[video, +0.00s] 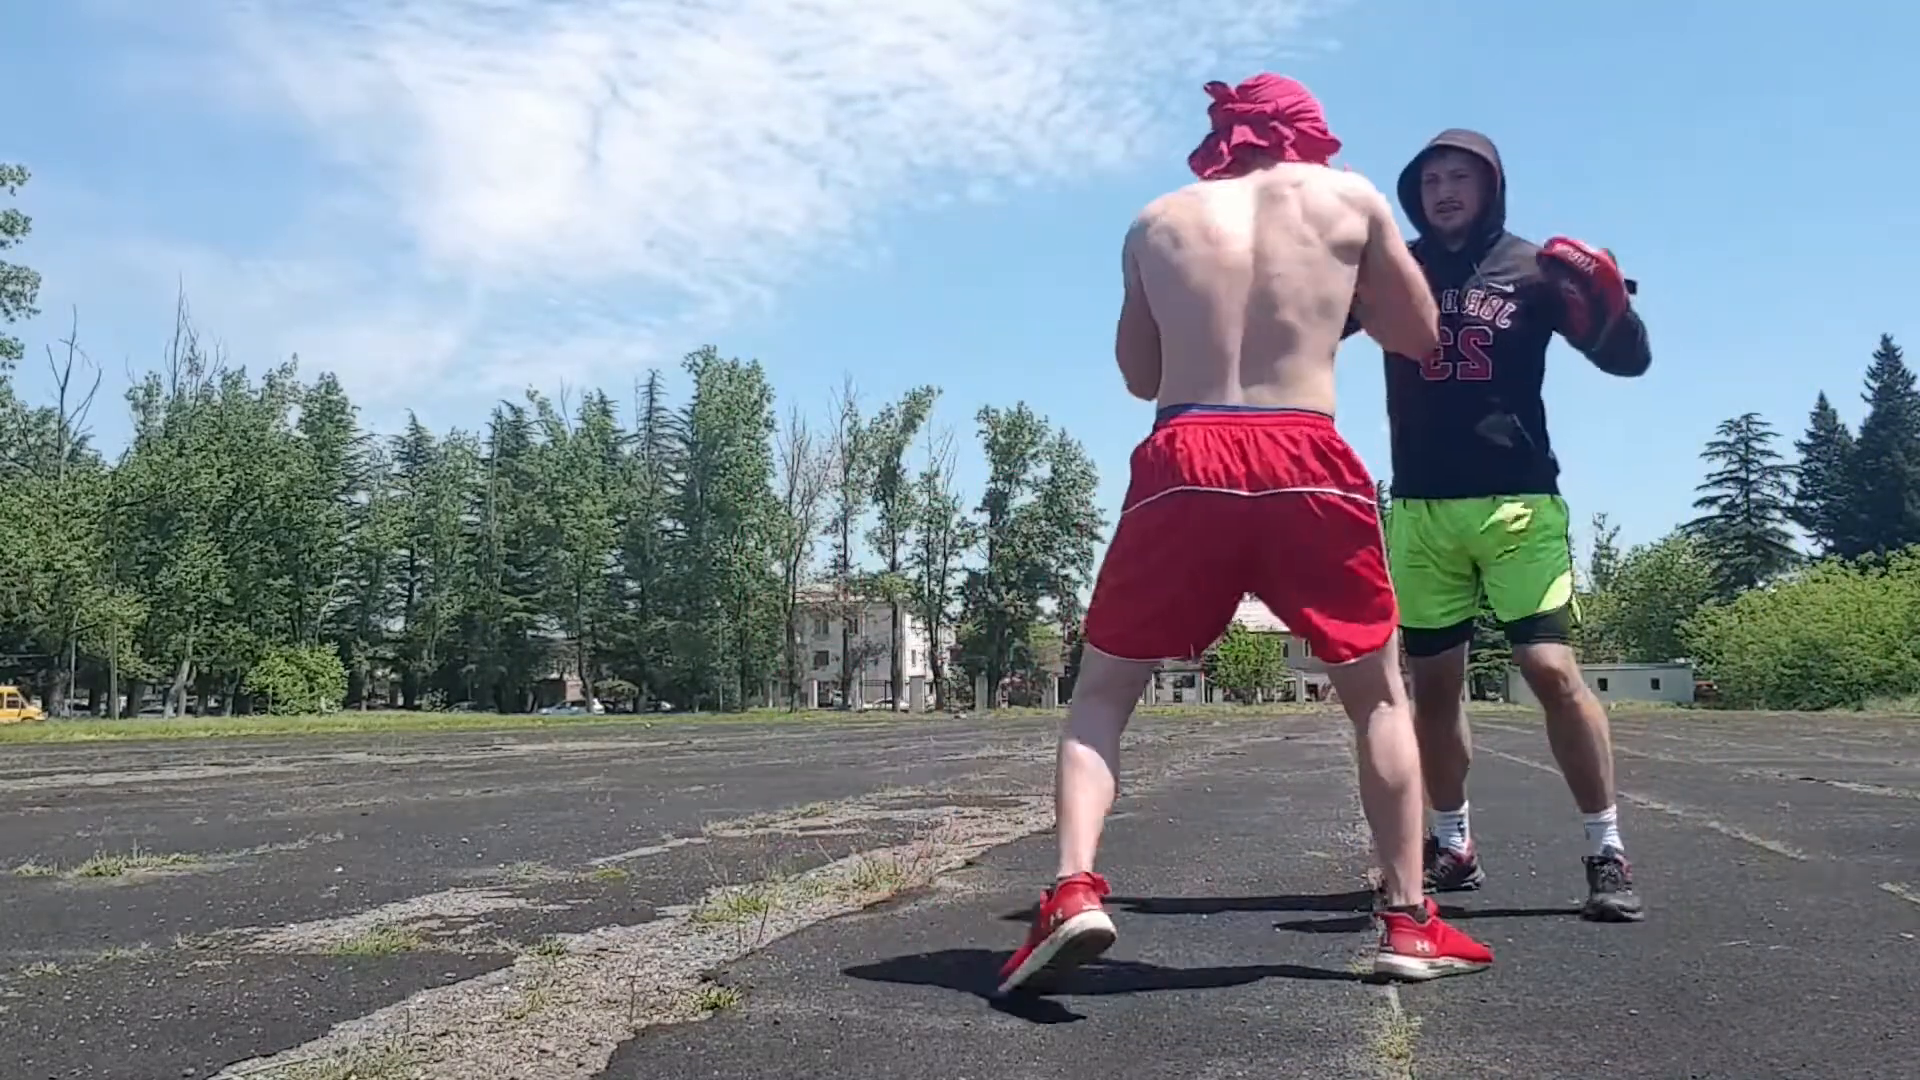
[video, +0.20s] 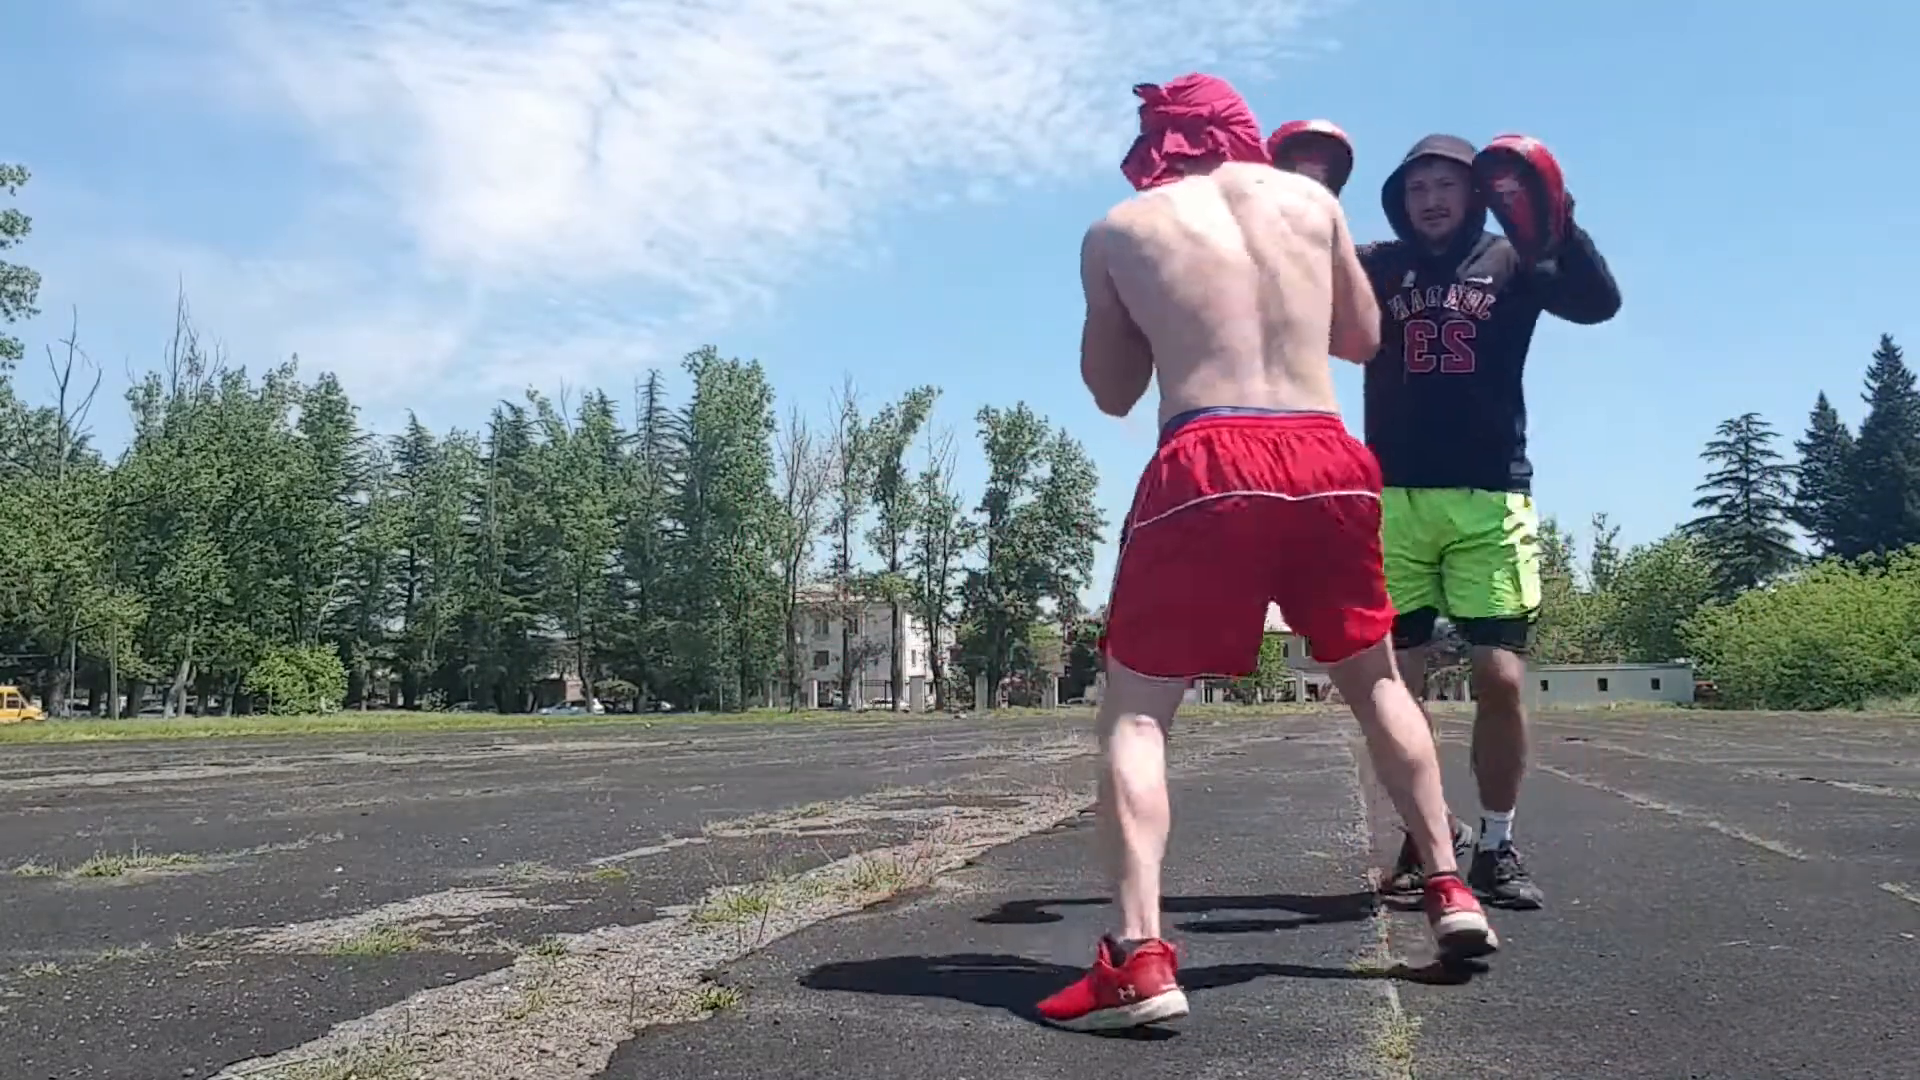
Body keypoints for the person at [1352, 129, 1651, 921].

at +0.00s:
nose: (1446, 191)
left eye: (1462, 179)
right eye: (1433, 181)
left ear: (1492, 190)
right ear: (1415, 195)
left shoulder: (1533, 267)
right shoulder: (1392, 272)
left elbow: (1630, 361)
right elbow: (1318, 313)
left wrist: (1612, 305)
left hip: (1518, 502)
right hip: (1420, 509)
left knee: (1551, 671)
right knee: (1432, 689)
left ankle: (1607, 851)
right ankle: (1450, 847)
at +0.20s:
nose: (1431, 197)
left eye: (1447, 185)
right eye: (1418, 186)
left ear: (1475, 195)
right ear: (1400, 199)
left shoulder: (1512, 261)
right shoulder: (1375, 265)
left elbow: (1598, 302)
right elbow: (1308, 295)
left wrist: (1558, 225)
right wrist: (1296, 215)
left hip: (1491, 496)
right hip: (1395, 495)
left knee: (1501, 679)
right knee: (1395, 678)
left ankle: (1496, 846)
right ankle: (1414, 840)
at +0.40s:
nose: (1424, 203)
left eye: (1440, 192)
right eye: (1408, 192)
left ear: (1465, 206)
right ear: (1388, 207)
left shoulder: (1491, 273)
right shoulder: (1364, 267)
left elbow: (1555, 275)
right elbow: (1313, 270)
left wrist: (1516, 194)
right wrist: (1327, 185)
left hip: (1469, 504)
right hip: (1371, 499)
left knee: (1493, 683)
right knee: (1326, 664)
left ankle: (1498, 851)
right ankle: (1330, 831)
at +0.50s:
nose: (1405, 193)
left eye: (1421, 180)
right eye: (1389, 179)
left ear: (1445, 196)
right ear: (1361, 191)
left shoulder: (1467, 264)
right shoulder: (1336, 260)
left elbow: (1545, 270)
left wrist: (1507, 191)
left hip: (1451, 497)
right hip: (1359, 498)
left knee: (1480, 675)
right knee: (1314, 679)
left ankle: (1493, 849)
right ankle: (1280, 847)